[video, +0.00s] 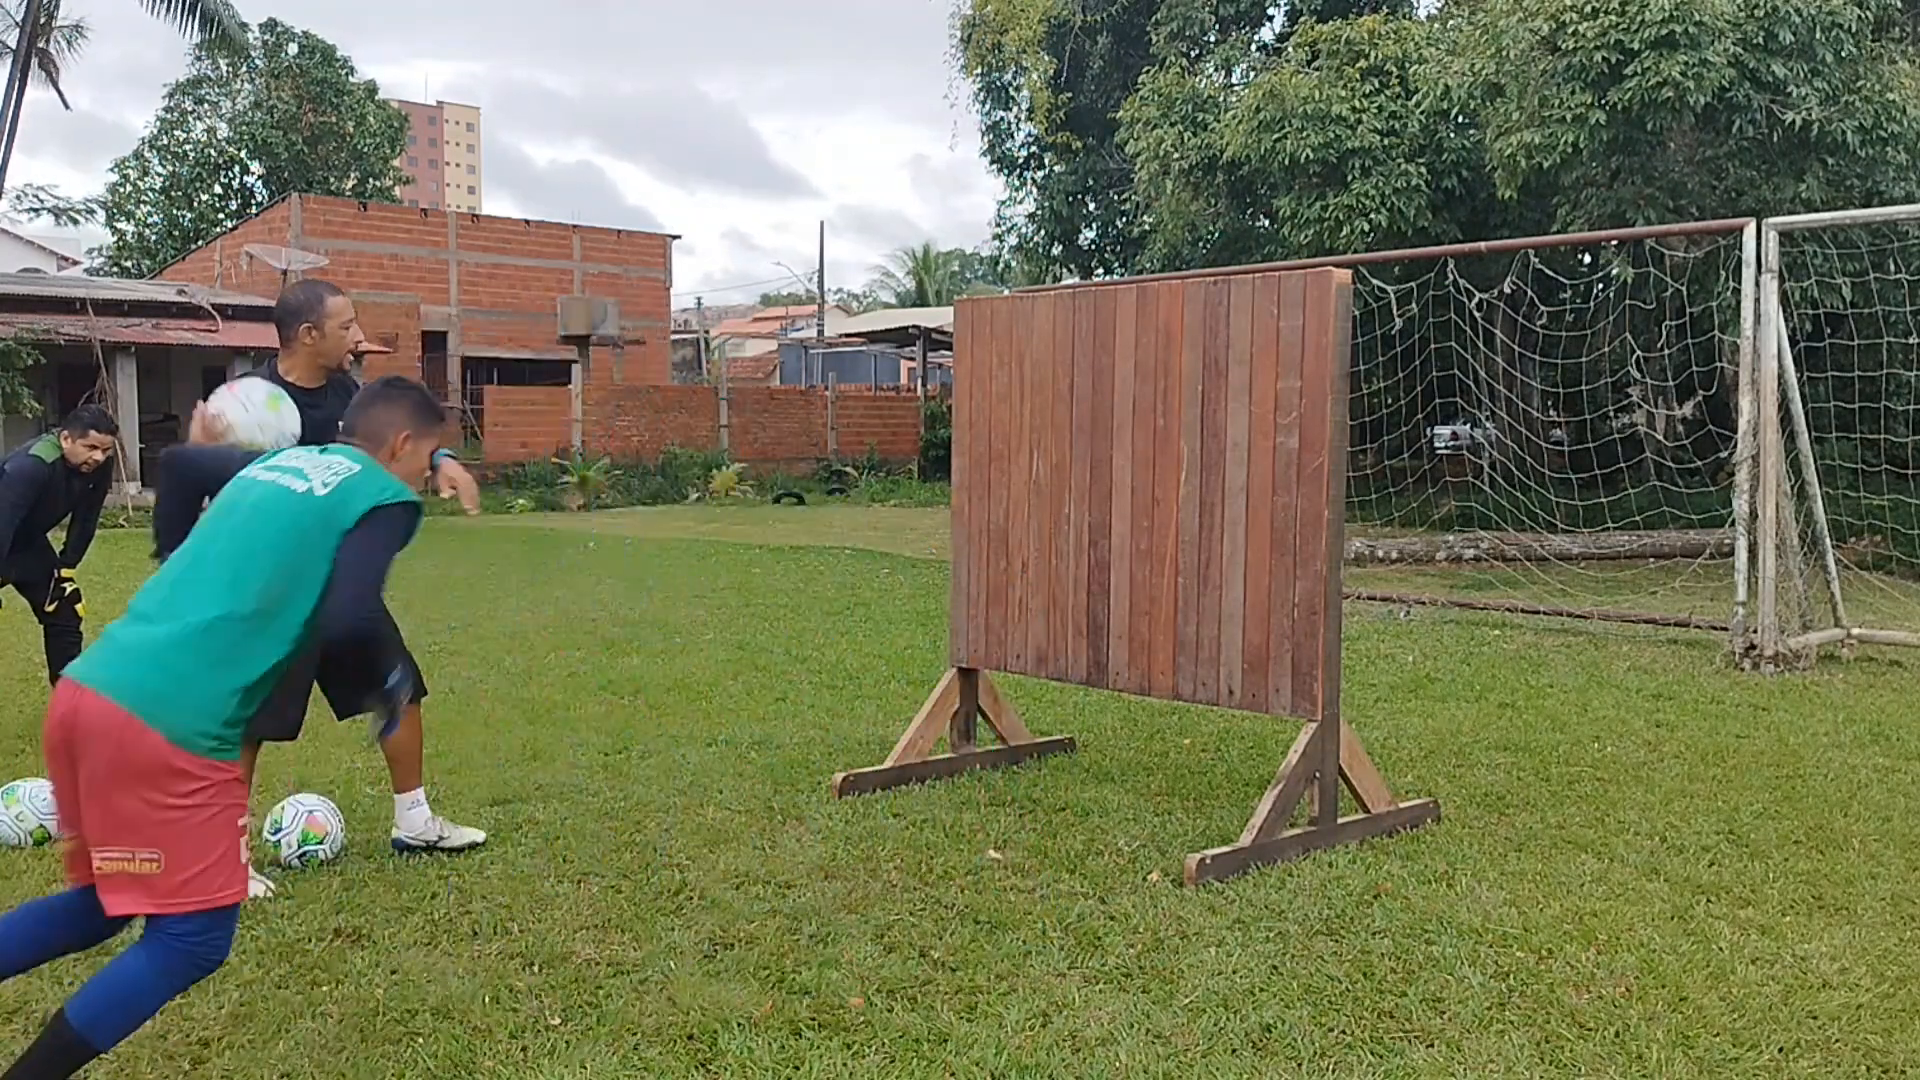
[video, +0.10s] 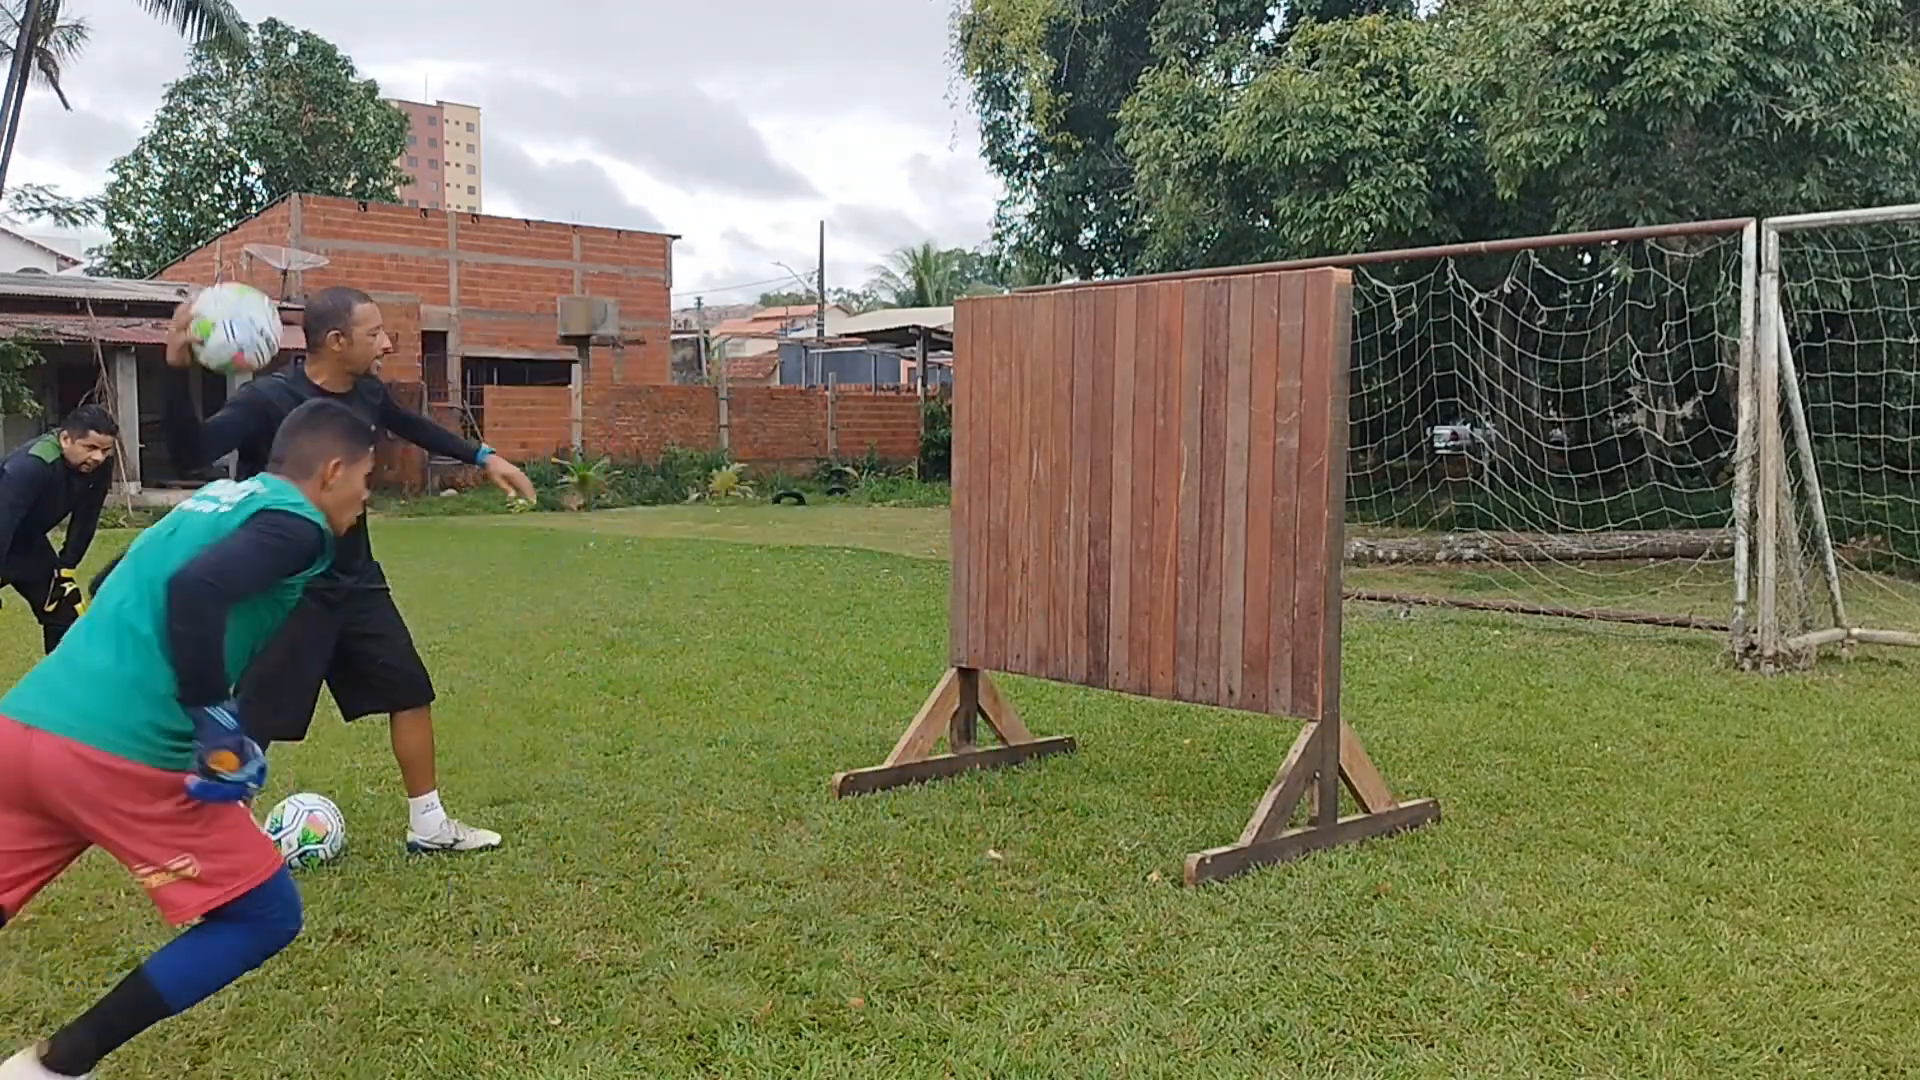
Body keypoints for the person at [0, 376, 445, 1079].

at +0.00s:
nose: (427, 476)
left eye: (433, 461)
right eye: (429, 458)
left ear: (354, 431)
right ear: (400, 443)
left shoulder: (282, 460)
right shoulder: (385, 498)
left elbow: (182, 460)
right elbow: (348, 619)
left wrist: (174, 569)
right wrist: (383, 686)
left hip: (85, 688)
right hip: (176, 730)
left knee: (102, 900)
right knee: (193, 940)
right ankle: (30, 1070)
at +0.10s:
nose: (365, 500)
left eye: (367, 482)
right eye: (364, 481)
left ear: (284, 462)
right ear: (331, 472)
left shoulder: (211, 497)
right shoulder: (298, 524)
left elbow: (107, 584)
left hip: (26, 720)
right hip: (122, 748)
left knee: (0, 900)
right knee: (266, 917)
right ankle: (58, 1061)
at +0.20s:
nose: (332, 513)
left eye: (334, 498)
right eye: (330, 495)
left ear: (250, 479)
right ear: (296, 489)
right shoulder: (257, 521)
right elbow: (139, 538)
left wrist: (251, 718)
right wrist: (203, 658)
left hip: (18, 762)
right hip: (109, 773)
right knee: (296, 870)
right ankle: (119, 1031)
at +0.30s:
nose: (371, 482)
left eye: (372, 467)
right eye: (368, 465)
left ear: (290, 453)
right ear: (333, 459)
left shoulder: (230, 504)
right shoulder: (286, 495)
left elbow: (230, 636)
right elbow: (221, 578)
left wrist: (323, 647)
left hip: (60, 730)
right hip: (152, 741)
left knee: (14, 919)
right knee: (278, 920)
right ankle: (99, 1069)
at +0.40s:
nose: (424, 455)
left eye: (426, 439)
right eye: (421, 438)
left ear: (349, 431)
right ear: (394, 433)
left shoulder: (292, 476)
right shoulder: (370, 479)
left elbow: (316, 601)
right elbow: (394, 605)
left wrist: (411, 571)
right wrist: (438, 584)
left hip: (127, 699)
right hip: (213, 714)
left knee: (171, 904)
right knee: (267, 913)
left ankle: (2, 970)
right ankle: (97, 1068)